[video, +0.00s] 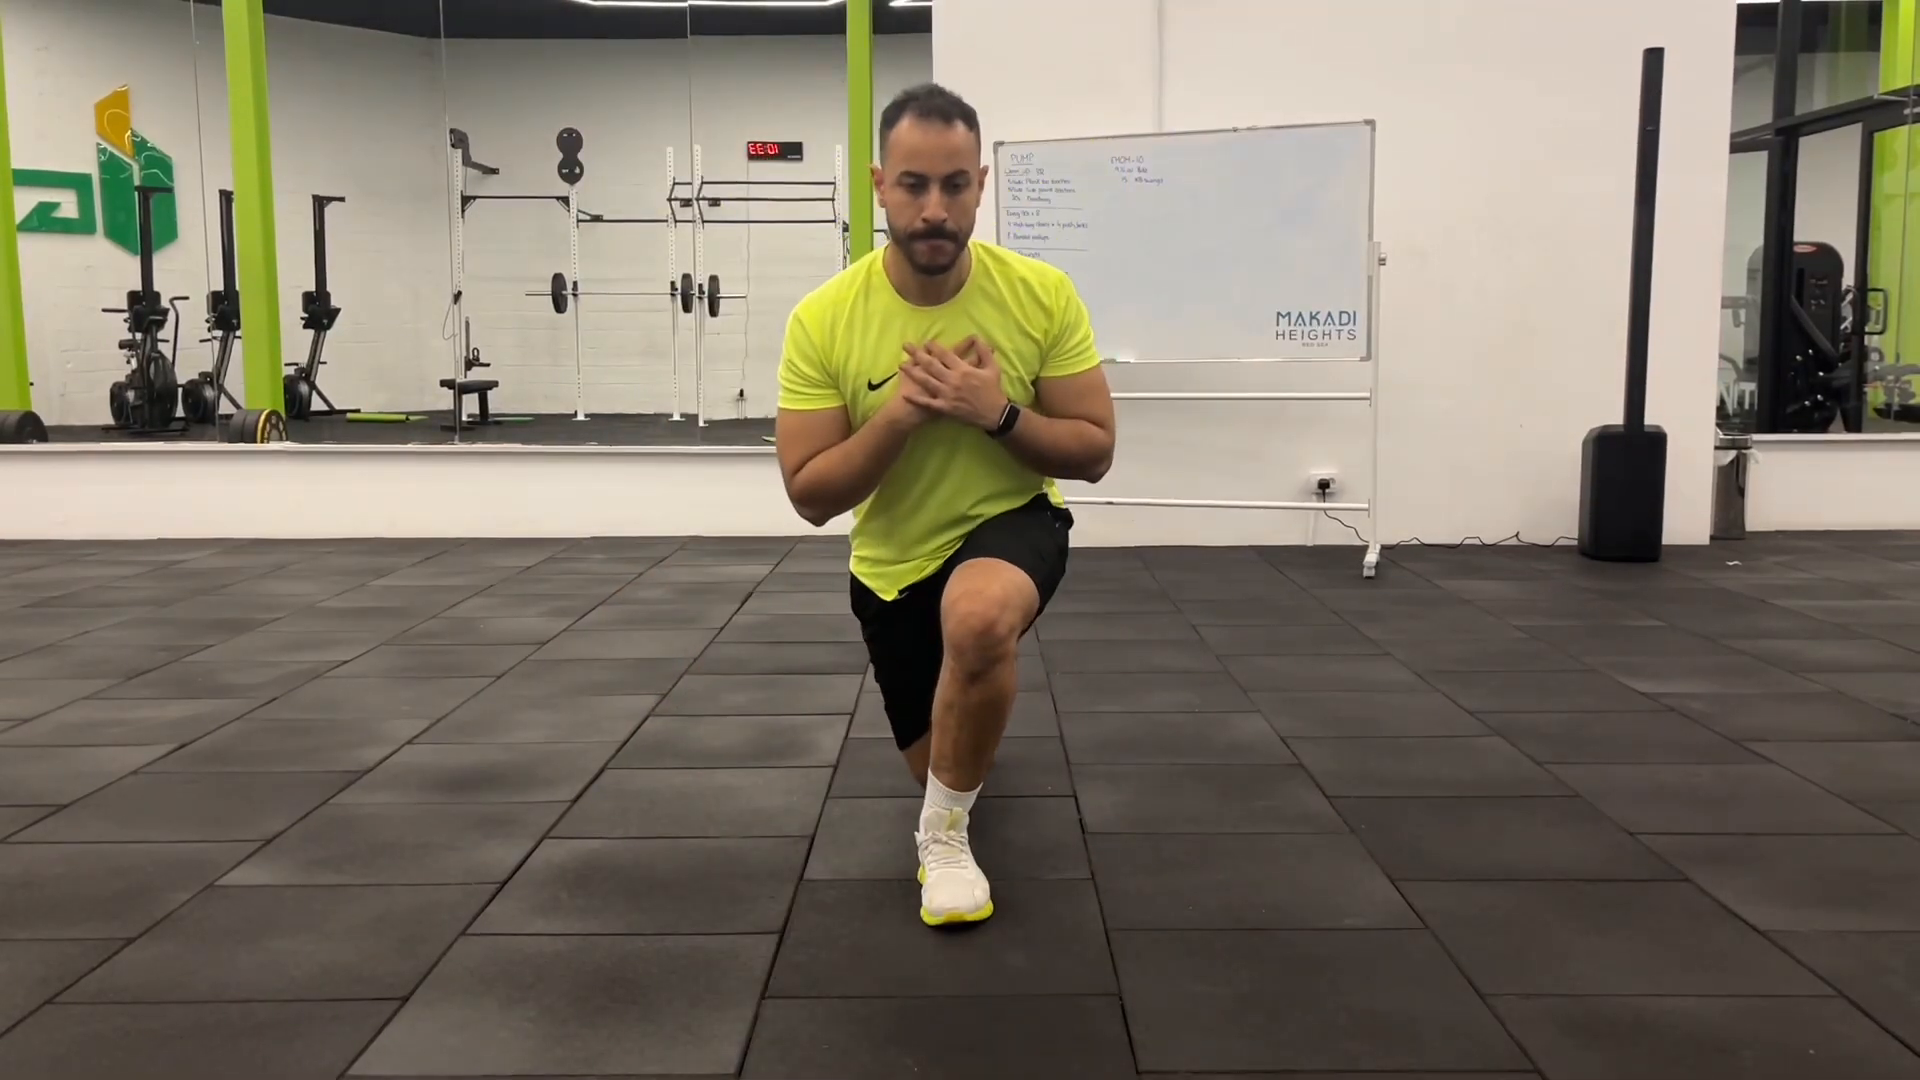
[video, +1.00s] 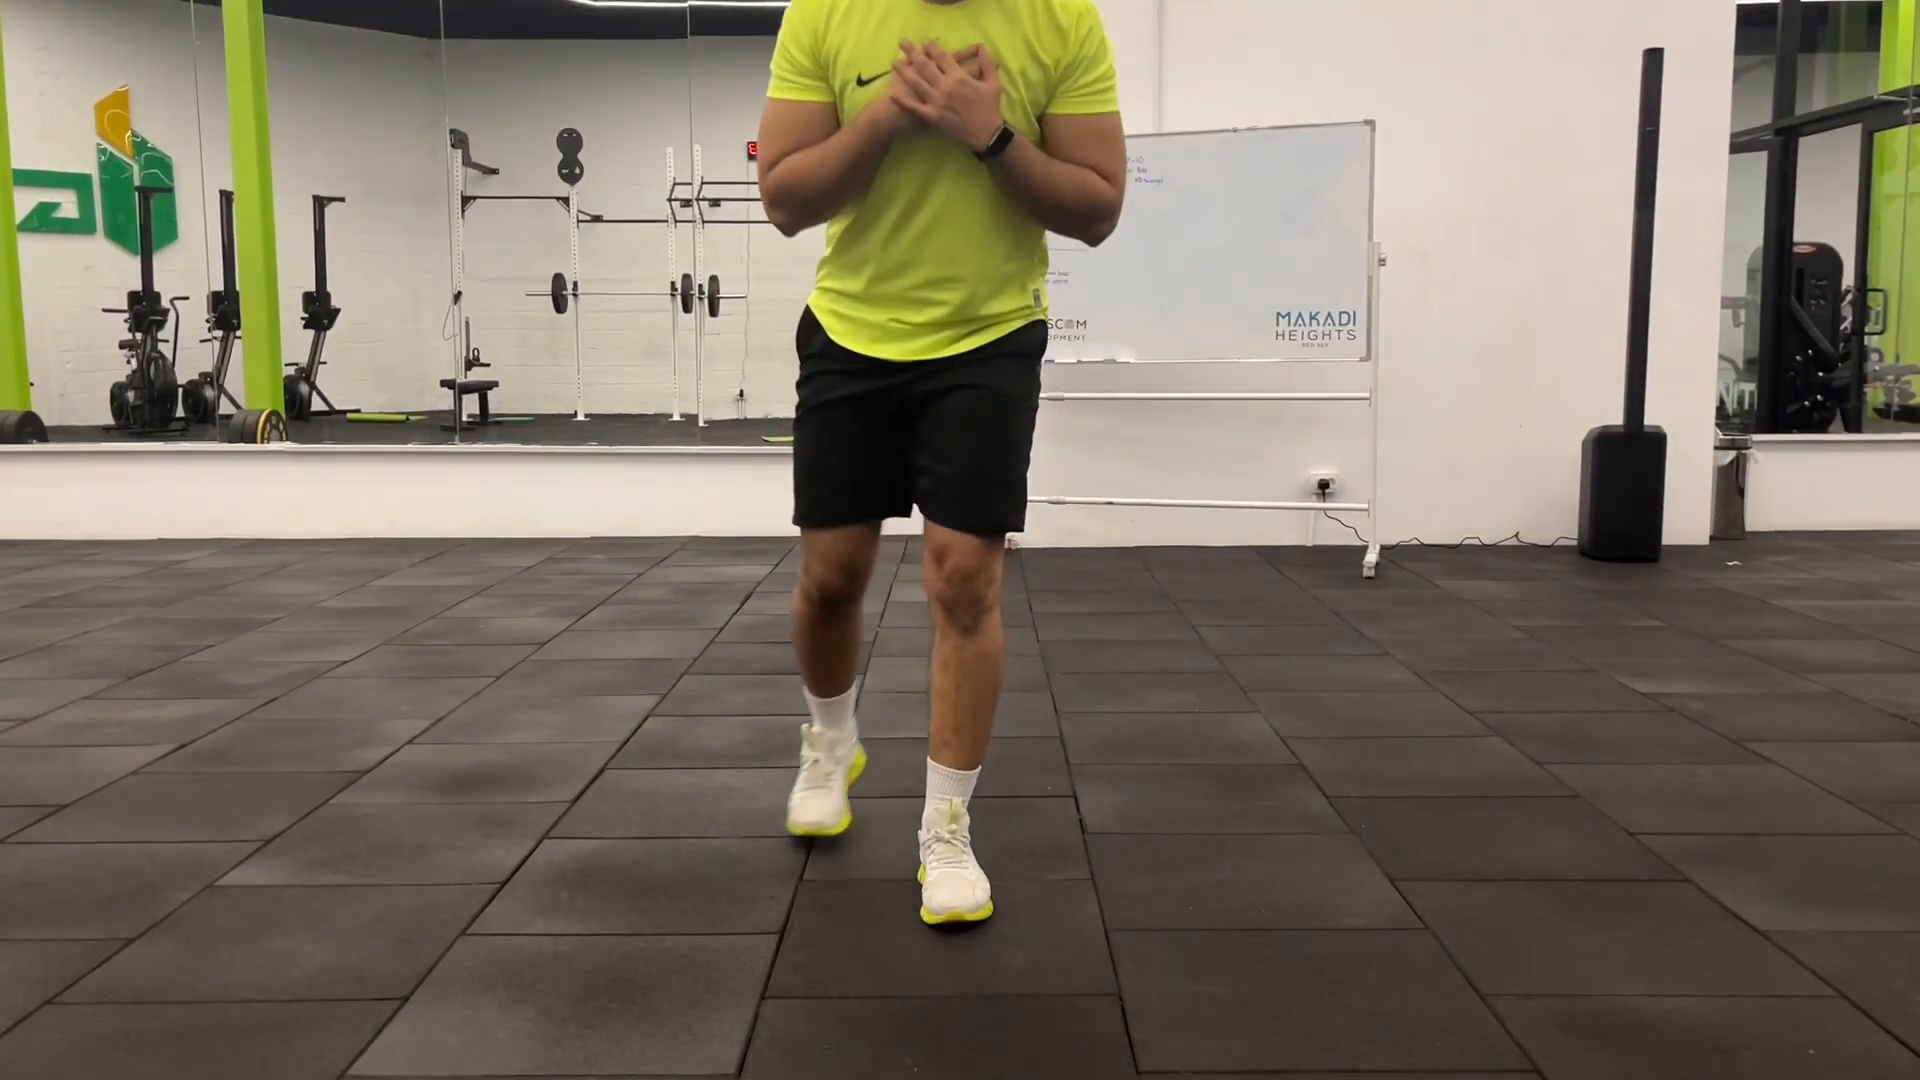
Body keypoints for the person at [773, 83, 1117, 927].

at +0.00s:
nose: (935, 211)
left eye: (956, 185)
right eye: (914, 186)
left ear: (980, 185)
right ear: (880, 187)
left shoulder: (1041, 295)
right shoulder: (823, 322)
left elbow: (1093, 450)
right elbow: (811, 496)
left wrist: (1002, 415)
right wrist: (902, 410)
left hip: (1012, 512)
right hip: (894, 548)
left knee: (979, 620)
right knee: (925, 762)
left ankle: (945, 830)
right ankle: (963, 744)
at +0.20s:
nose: (937, 209)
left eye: (958, 184)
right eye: (916, 185)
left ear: (982, 186)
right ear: (883, 188)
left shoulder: (1043, 296)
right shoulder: (827, 322)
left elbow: (1094, 451)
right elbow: (814, 496)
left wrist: (1002, 414)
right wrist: (905, 411)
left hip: (1013, 512)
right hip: (896, 550)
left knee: (987, 617)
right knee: (927, 765)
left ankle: (946, 831)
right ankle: (954, 763)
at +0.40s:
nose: (945, 167)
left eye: (966, 143)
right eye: (925, 141)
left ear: (991, 145)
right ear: (890, 142)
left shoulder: (1050, 257)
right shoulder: (830, 276)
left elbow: (1098, 415)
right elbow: (814, 449)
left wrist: (1003, 375)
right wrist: (903, 373)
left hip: (1014, 481)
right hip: (895, 515)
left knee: (984, 615)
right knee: (932, 734)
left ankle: (948, 829)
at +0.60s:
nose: (961, 76)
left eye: (983, 50)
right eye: (939, 48)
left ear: (1012, 50)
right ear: (901, 42)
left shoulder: (1060, 171)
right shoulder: (829, 175)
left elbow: (1098, 335)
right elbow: (803, 351)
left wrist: (1007, 299)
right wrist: (901, 284)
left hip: (1005, 414)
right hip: (882, 433)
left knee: (982, 614)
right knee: (924, 645)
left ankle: (948, 832)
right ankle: (967, 699)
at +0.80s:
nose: (962, 11)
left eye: (977, 0)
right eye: (943, 1)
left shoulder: (1067, 80)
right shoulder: (828, 75)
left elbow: (1101, 258)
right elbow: (792, 258)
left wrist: (1005, 204)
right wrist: (900, 184)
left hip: (998, 354)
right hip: (868, 359)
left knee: (974, 593)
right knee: (890, 597)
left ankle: (948, 830)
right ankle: (908, 680)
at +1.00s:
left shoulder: (1060, 18)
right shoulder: (825, 13)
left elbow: (1097, 209)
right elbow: (786, 199)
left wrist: (994, 135)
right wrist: (886, 113)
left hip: (989, 332)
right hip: (853, 327)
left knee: (964, 579)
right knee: (830, 580)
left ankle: (947, 829)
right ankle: (829, 742)